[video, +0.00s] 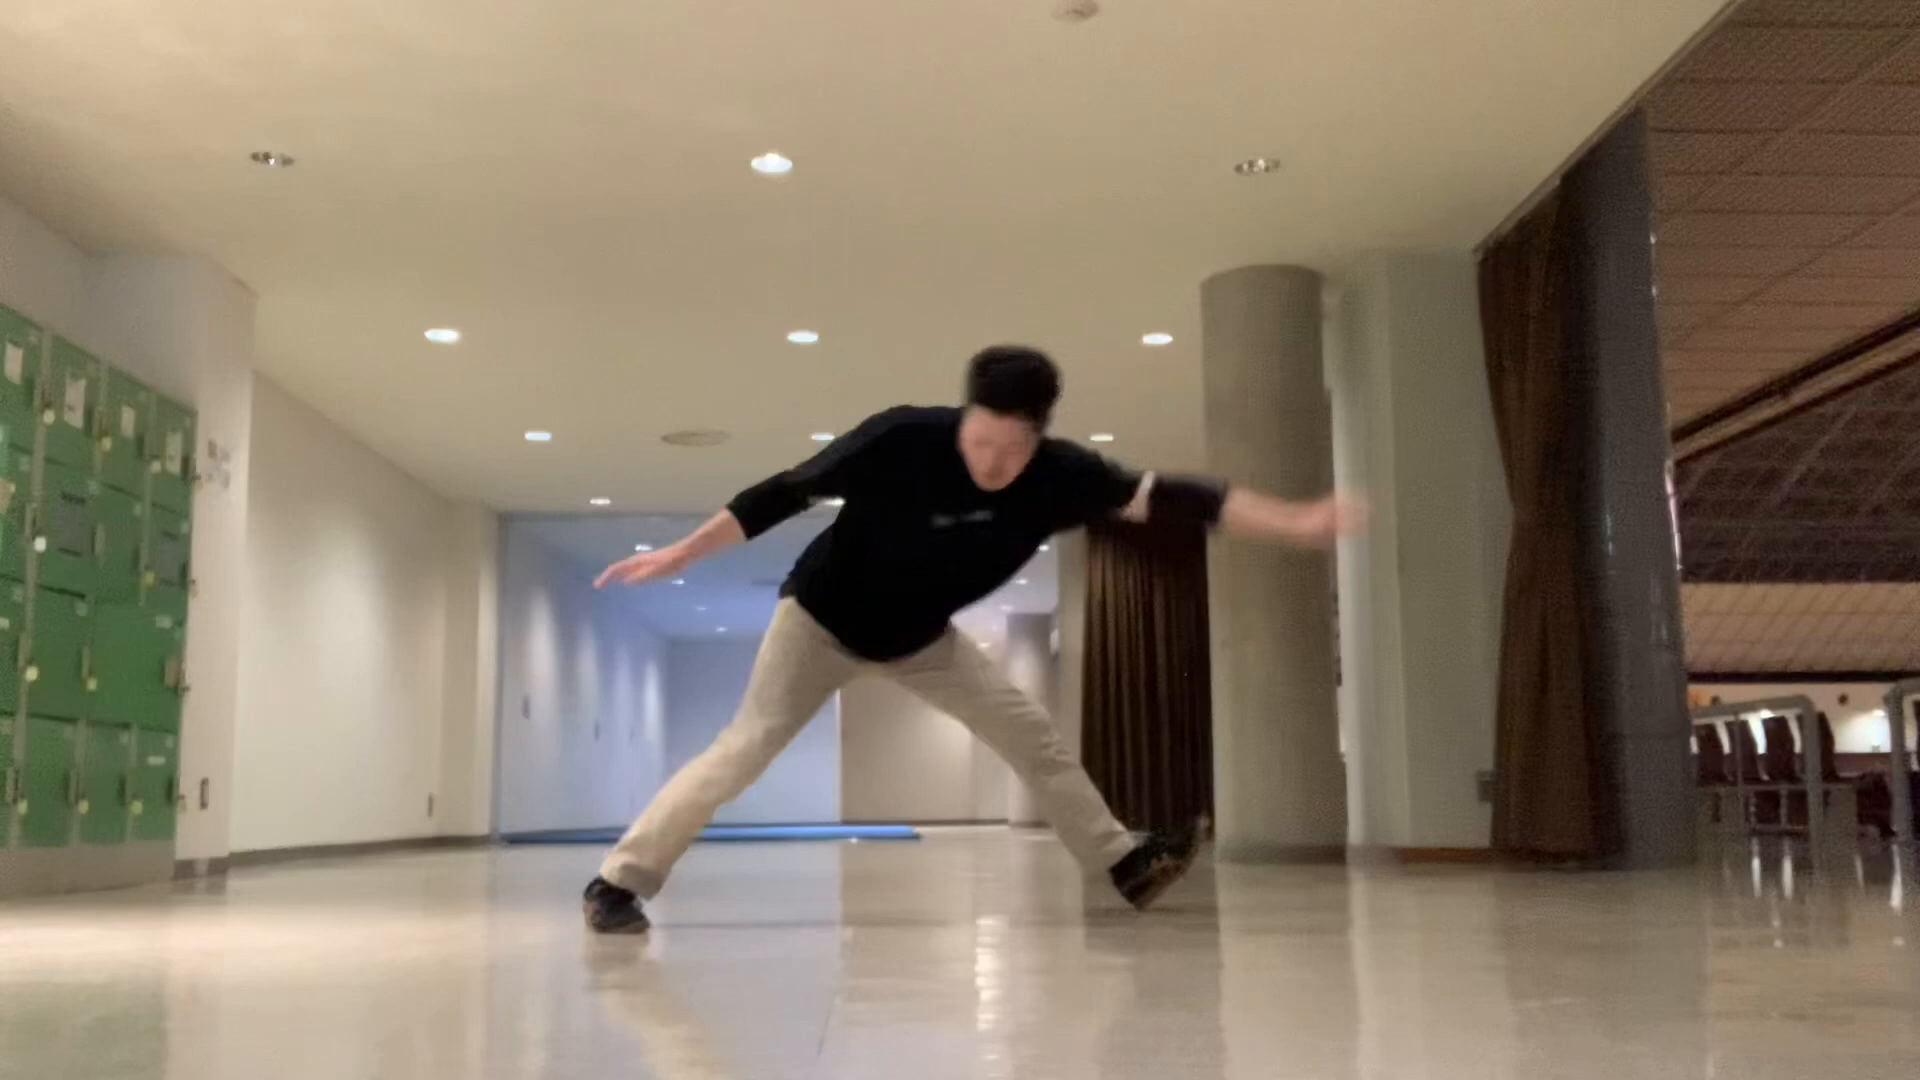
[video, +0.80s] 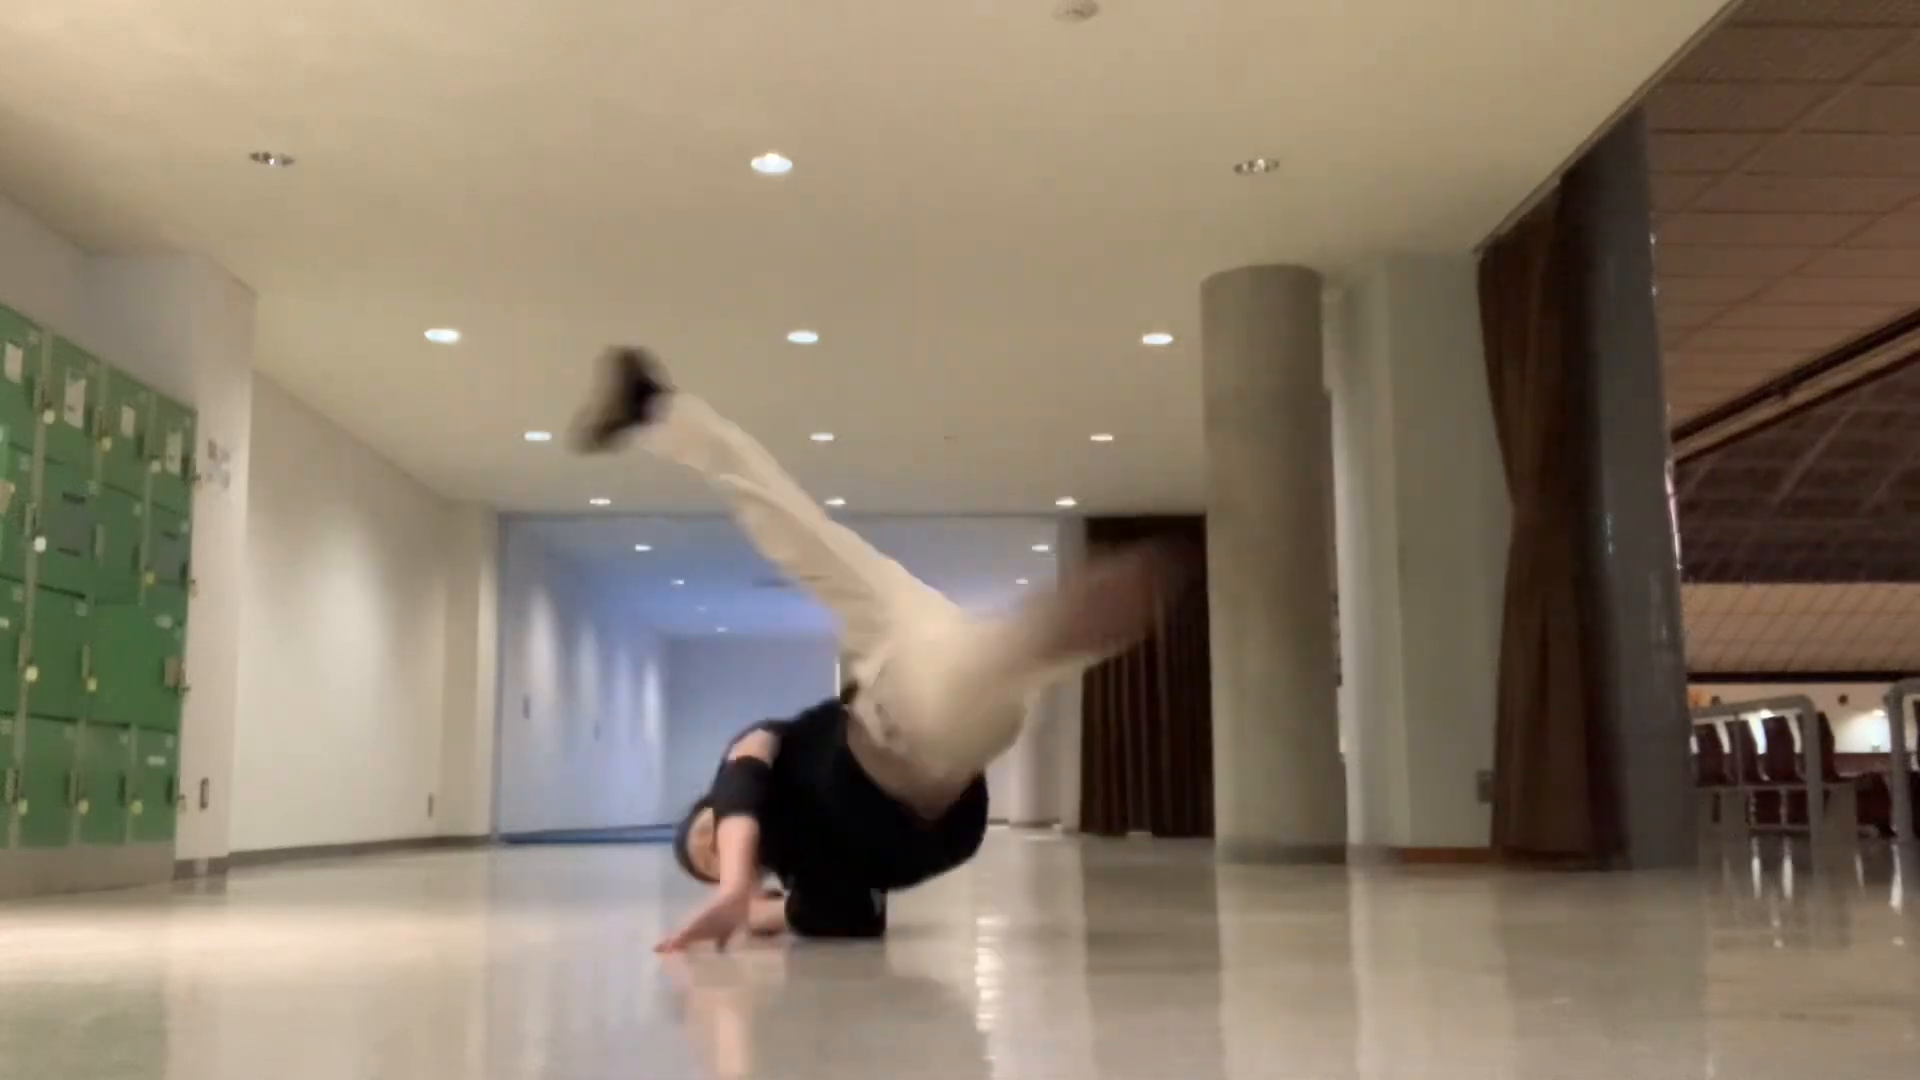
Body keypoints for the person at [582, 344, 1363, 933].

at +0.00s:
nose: (994, 457)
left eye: (1012, 445)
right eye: (985, 438)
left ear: (1041, 435)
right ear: (964, 414)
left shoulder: (1061, 477)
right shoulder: (904, 440)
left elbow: (1179, 500)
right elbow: (786, 494)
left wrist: (1298, 521)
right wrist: (676, 555)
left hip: (921, 634)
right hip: (824, 616)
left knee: (1030, 732)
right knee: (751, 746)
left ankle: (1124, 865)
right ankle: (622, 881)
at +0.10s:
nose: (927, 494)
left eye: (940, 478)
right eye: (916, 478)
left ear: (982, 453)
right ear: (898, 449)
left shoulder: (1025, 497)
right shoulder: (882, 439)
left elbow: (1059, 628)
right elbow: (835, 473)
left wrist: (1045, 696)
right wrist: (809, 486)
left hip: (970, 610)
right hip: (857, 599)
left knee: (1070, 703)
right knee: (747, 721)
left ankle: (1141, 863)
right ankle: (629, 850)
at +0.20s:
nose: (845, 545)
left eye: (850, 529)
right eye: (835, 532)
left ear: (897, 498)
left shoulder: (959, 545)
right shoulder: (894, 452)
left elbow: (905, 705)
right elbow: (905, 405)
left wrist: (817, 808)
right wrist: (902, 364)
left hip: (1018, 606)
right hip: (920, 604)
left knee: (1111, 737)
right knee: (842, 719)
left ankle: (1165, 869)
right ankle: (747, 840)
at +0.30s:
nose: (755, 605)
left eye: (756, 585)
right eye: (742, 589)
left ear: (803, 553)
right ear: (793, 543)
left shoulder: (863, 602)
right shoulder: (808, 494)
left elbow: (829, 753)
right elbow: (842, 447)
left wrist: (756, 902)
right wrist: (768, 381)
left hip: (1027, 617)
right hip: (978, 572)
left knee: (1090, 768)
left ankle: (1194, 868)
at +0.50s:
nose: (638, 755)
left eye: (623, 736)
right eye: (619, 747)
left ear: (642, 686)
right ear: (643, 682)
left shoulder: (728, 668)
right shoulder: (722, 664)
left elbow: (784, 770)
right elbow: (787, 768)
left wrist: (745, 931)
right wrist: (740, 873)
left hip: (954, 592)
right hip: (948, 564)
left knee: (1144, 690)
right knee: (1095, 490)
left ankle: (1359, 704)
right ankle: (1225, 359)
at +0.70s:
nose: (681, 838)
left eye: (670, 824)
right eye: (669, 849)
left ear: (679, 778)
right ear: (683, 850)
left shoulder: (713, 742)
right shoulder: (810, 851)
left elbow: (752, 766)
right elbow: (862, 920)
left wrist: (745, 914)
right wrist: (779, 916)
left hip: (901, 635)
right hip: (983, 694)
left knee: (747, 524)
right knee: (1148, 560)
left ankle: (559, 407)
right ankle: (1340, 443)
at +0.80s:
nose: (711, 847)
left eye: (702, 838)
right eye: (706, 856)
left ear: (713, 807)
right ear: (725, 863)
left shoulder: (762, 755)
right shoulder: (827, 890)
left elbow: (745, 797)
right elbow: (848, 924)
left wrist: (732, 891)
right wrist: (751, 916)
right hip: (921, 740)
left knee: (803, 537)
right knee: (1027, 641)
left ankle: (660, 413)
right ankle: (1121, 601)